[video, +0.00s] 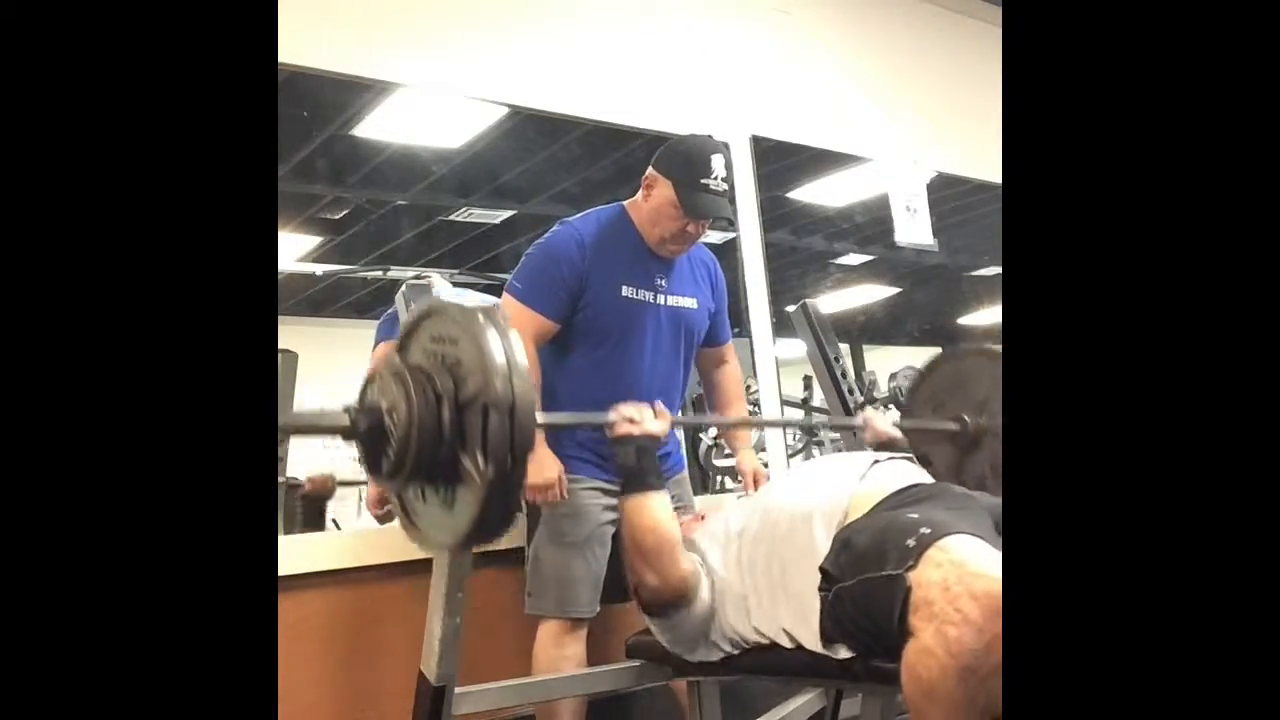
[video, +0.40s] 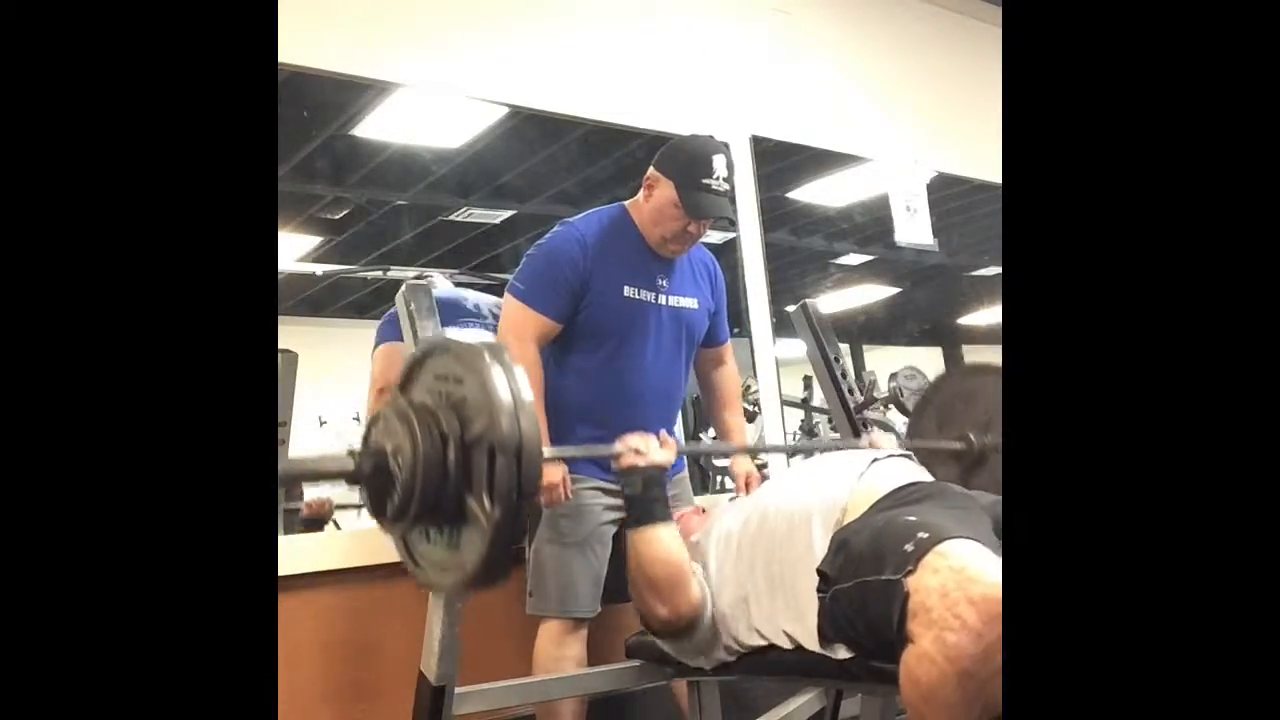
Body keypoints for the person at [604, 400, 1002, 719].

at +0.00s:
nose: (680, 506)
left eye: (676, 502)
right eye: (664, 517)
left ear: (693, 504)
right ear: (652, 559)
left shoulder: (761, 500)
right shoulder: (693, 609)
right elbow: (658, 578)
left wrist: (890, 440)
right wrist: (636, 456)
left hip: (951, 490)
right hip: (870, 530)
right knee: (976, 596)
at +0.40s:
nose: (684, 508)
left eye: (684, 506)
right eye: (674, 518)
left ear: (699, 508)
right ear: (670, 539)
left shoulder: (759, 502)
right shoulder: (695, 600)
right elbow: (668, 608)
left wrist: (876, 448)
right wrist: (644, 488)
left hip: (939, 490)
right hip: (865, 533)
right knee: (977, 608)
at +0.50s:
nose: (694, 500)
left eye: (694, 496)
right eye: (679, 508)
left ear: (713, 498)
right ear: (674, 540)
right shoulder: (694, 573)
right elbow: (682, 639)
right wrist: (650, 514)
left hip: (946, 491)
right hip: (873, 525)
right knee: (980, 612)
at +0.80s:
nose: (698, 500)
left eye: (698, 495)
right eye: (683, 505)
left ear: (713, 500)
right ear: (674, 541)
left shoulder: (765, 506)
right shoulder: (698, 574)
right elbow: (682, 640)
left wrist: (757, 487)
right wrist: (652, 511)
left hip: (956, 492)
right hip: (871, 528)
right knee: (983, 602)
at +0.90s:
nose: (685, 512)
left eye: (685, 508)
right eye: (675, 523)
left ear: (702, 506)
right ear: (672, 543)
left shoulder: (766, 500)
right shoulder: (701, 596)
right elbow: (667, 610)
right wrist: (644, 488)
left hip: (944, 495)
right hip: (868, 532)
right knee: (978, 601)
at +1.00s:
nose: (677, 509)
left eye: (674, 506)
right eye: (662, 519)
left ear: (688, 511)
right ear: (657, 549)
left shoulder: (761, 504)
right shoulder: (692, 608)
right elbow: (655, 574)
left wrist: (886, 444)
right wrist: (633, 451)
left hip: (941, 493)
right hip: (862, 533)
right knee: (977, 598)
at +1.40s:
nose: (682, 508)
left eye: (682, 502)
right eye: (670, 517)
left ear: (698, 503)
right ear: (666, 546)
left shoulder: (767, 498)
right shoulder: (696, 603)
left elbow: (901, 476)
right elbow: (667, 604)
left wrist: (878, 445)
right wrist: (642, 485)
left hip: (937, 492)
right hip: (867, 530)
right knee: (978, 602)